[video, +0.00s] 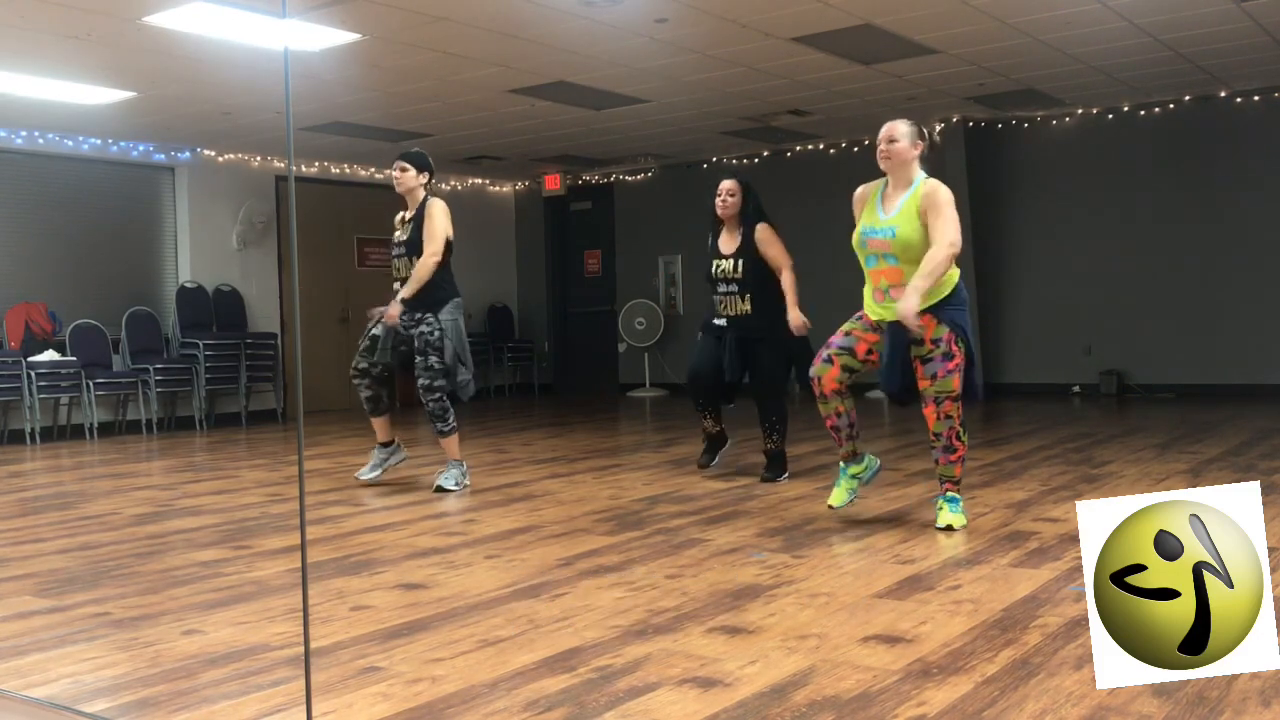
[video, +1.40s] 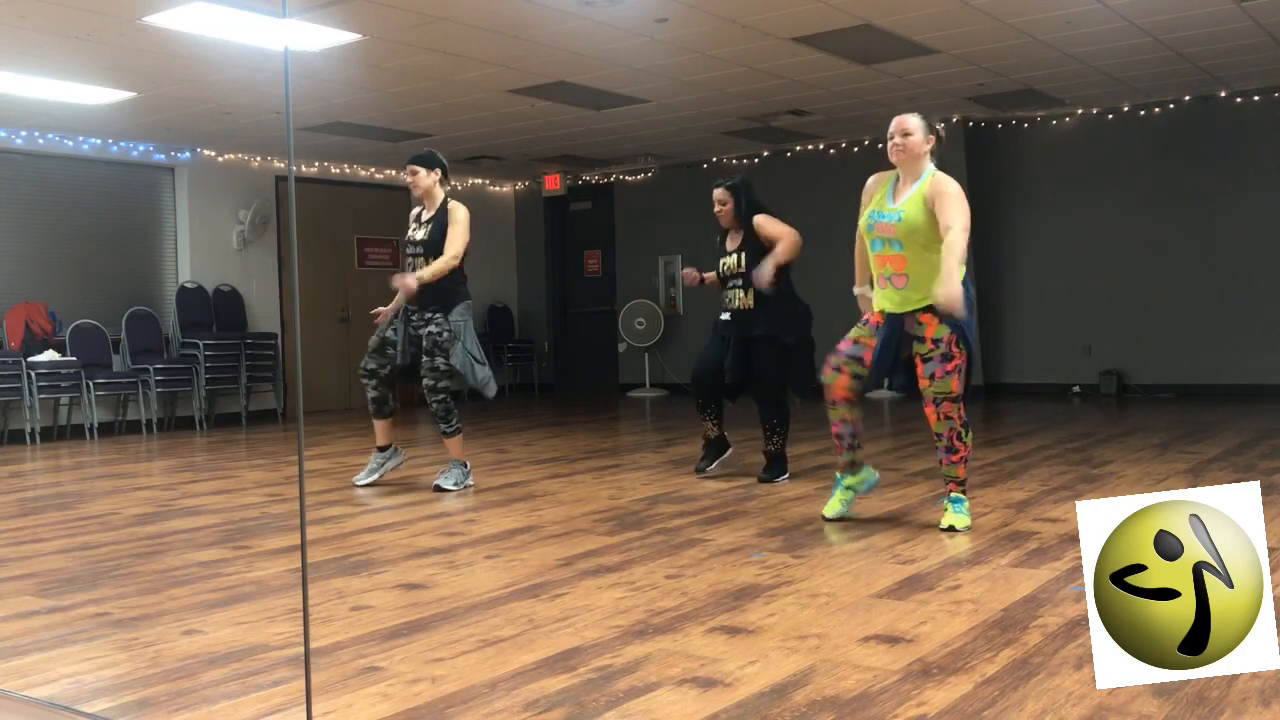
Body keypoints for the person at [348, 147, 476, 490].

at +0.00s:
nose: (395, 174)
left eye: (403, 170)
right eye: (394, 170)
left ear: (423, 176)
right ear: (395, 178)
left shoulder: (435, 207)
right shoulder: (400, 219)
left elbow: (433, 257)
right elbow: (406, 267)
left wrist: (399, 301)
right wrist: (393, 304)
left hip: (436, 312)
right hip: (405, 311)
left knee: (431, 386)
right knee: (365, 371)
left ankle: (456, 466)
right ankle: (387, 446)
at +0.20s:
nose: (390, 170)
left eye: (397, 165)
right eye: (389, 165)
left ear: (418, 171)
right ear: (389, 172)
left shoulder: (433, 204)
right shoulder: (391, 215)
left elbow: (456, 253)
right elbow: (398, 270)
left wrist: (452, 303)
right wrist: (363, 285)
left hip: (430, 311)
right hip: (394, 312)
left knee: (439, 386)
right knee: (394, 385)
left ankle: (456, 465)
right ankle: (400, 462)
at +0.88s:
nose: (408, 172)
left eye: (415, 167)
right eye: (407, 168)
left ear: (437, 171)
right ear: (408, 176)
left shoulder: (453, 209)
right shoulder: (410, 209)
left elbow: (459, 265)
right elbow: (405, 262)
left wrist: (430, 260)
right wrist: (385, 300)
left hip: (443, 311)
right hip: (408, 310)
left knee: (437, 384)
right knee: (375, 372)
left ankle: (460, 464)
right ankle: (389, 450)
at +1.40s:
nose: (407, 179)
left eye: (413, 173)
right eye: (406, 174)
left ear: (436, 174)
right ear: (412, 179)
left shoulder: (456, 211)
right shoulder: (416, 215)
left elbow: (452, 257)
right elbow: (415, 271)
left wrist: (417, 277)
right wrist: (394, 307)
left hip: (445, 314)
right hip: (412, 313)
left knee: (437, 385)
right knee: (374, 370)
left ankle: (459, 465)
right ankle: (386, 450)